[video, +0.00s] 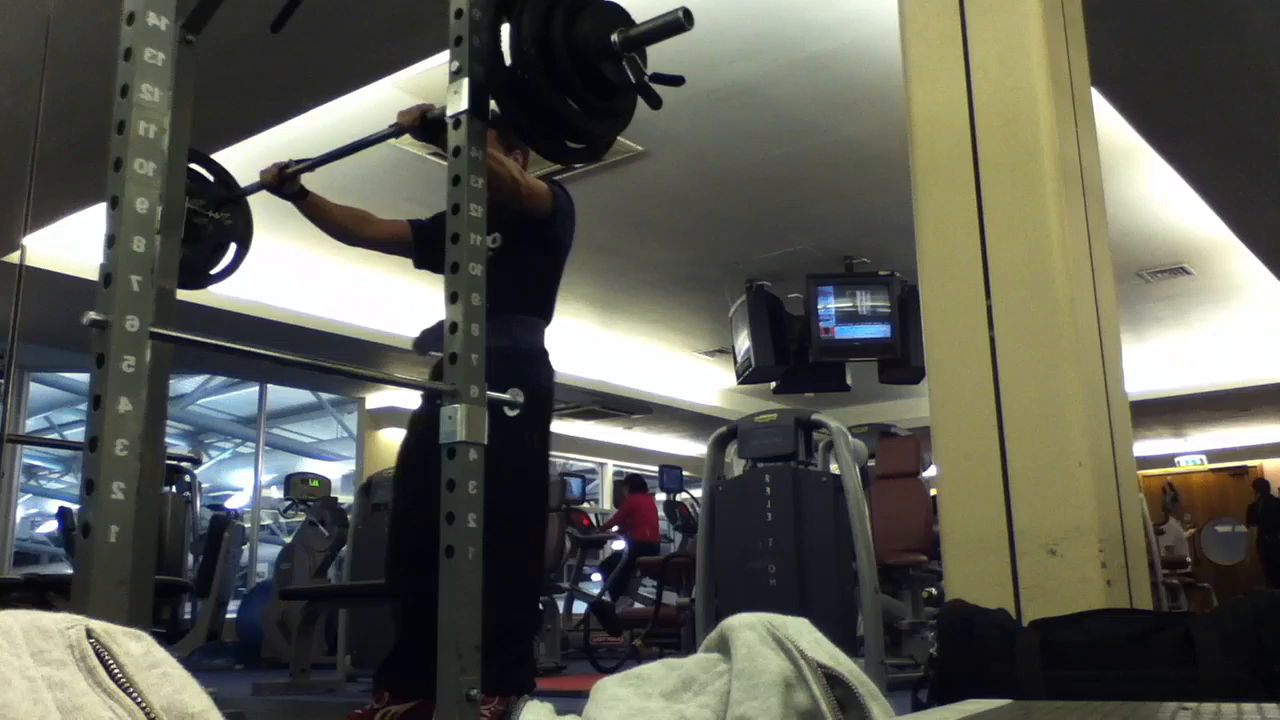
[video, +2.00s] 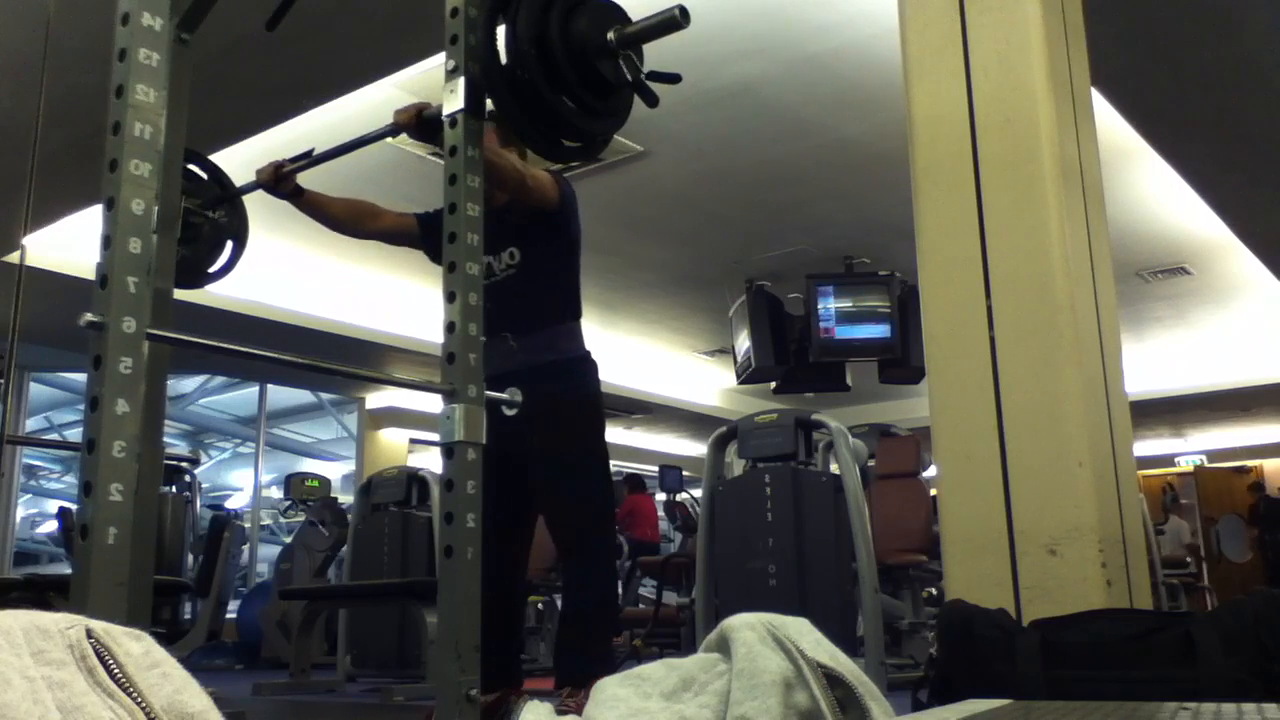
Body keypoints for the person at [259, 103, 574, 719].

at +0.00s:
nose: (473, 160)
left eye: (483, 148)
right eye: (468, 151)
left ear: (516, 152)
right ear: (462, 160)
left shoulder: (552, 206)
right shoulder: (460, 224)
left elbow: (507, 186)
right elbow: (370, 229)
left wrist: (445, 137)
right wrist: (300, 193)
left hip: (514, 383)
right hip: (449, 385)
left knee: (507, 536)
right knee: (415, 530)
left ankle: (504, 686)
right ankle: (409, 684)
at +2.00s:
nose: (468, 158)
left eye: (475, 143)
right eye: (461, 152)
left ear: (503, 140)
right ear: (455, 160)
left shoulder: (552, 197)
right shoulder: (458, 224)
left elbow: (509, 178)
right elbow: (371, 219)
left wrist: (440, 133)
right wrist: (297, 192)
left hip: (560, 391)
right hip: (492, 399)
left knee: (584, 546)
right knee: (494, 551)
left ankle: (579, 689)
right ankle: (500, 689)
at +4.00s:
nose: (463, 169)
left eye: (472, 156)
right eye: (457, 161)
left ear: (496, 151)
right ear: (451, 166)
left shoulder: (541, 202)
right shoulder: (455, 223)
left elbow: (504, 179)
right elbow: (369, 221)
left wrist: (440, 133)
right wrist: (294, 192)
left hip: (540, 384)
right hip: (477, 392)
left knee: (562, 536)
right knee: (488, 545)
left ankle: (579, 684)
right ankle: (498, 687)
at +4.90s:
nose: (466, 166)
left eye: (476, 154)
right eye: (460, 159)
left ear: (509, 154)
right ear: (457, 165)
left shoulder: (542, 208)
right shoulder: (457, 228)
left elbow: (503, 180)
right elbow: (369, 224)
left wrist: (440, 134)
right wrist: (295, 193)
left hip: (536, 384)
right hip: (475, 393)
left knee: (564, 538)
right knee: (487, 546)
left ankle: (580, 683)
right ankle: (497, 686)